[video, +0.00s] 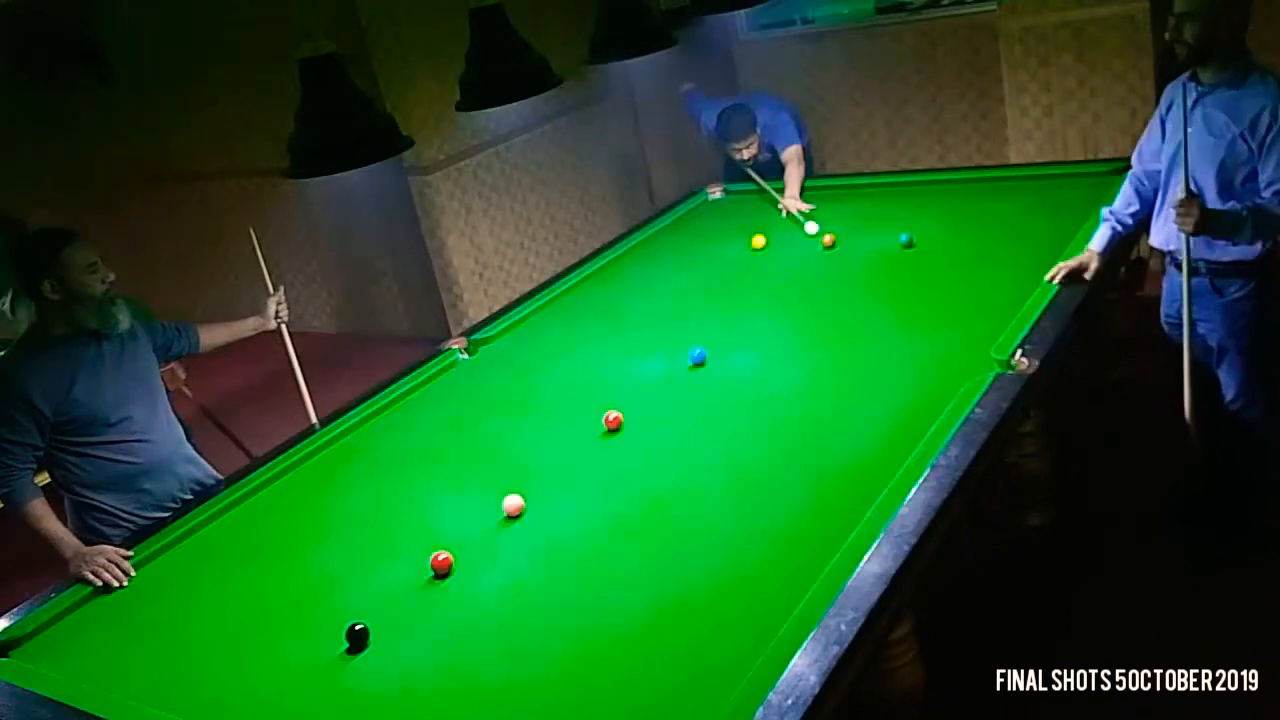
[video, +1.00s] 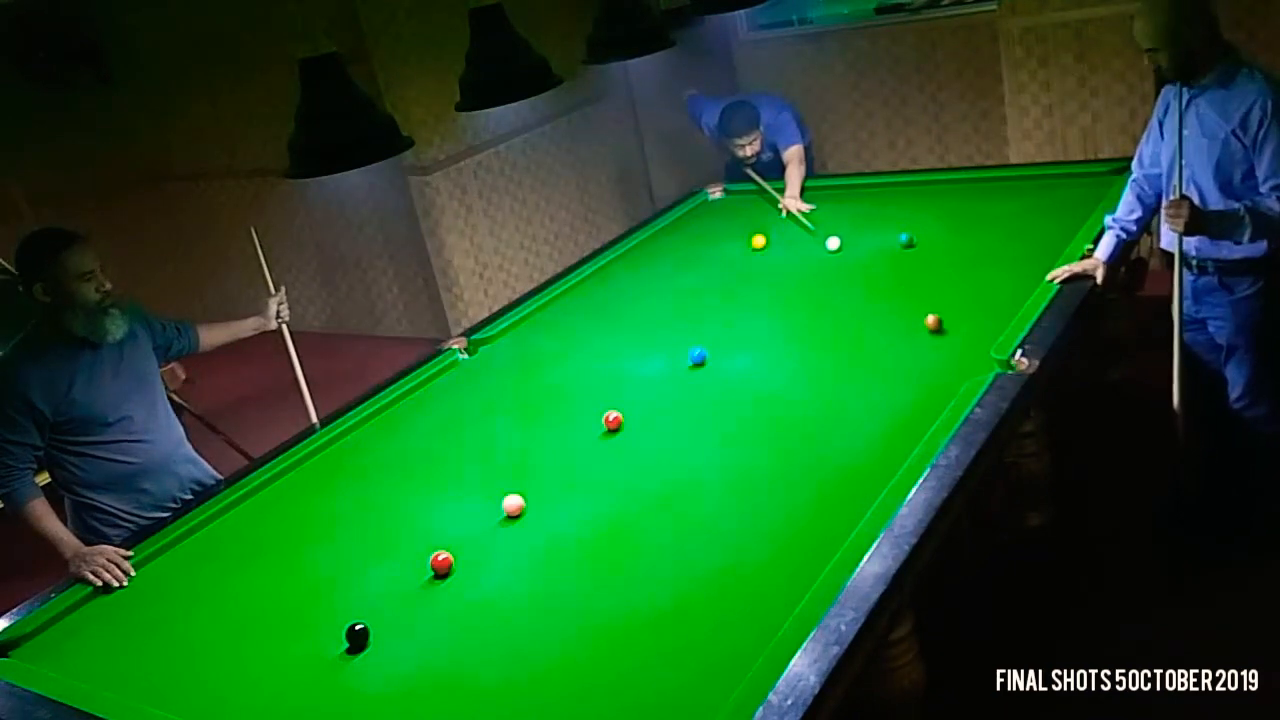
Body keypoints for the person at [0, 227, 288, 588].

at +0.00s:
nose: (110, 276)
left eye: (103, 265)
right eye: (91, 270)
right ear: (52, 290)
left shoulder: (130, 328)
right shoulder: (25, 371)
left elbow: (188, 338)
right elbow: (13, 476)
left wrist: (261, 321)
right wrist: (74, 552)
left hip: (206, 504)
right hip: (130, 544)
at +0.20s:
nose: (110, 277)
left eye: (102, 265)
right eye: (91, 270)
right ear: (51, 290)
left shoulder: (131, 327)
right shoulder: (25, 373)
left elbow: (188, 338)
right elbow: (13, 477)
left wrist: (260, 321)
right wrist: (75, 552)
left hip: (206, 504)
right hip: (130, 545)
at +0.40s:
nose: (109, 278)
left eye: (102, 267)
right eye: (90, 271)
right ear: (49, 291)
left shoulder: (129, 324)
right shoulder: (25, 373)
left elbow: (187, 338)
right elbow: (13, 477)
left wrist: (261, 321)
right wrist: (75, 552)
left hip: (205, 502)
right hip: (129, 543)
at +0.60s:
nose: (108, 280)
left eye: (101, 268)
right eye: (89, 273)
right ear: (47, 291)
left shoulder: (129, 324)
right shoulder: (25, 373)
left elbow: (187, 337)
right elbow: (13, 477)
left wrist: (260, 321)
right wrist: (75, 552)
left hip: (205, 502)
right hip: (129, 542)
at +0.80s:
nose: (106, 283)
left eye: (101, 271)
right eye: (87, 276)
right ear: (45, 292)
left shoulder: (132, 326)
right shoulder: (25, 374)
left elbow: (188, 337)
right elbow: (14, 478)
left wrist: (260, 321)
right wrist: (75, 552)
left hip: (205, 504)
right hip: (129, 544)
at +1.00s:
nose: (104, 285)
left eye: (100, 272)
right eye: (86, 278)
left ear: (104, 269)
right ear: (44, 293)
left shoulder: (132, 325)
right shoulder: (24, 372)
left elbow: (189, 337)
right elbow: (14, 477)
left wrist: (262, 321)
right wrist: (75, 552)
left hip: (205, 504)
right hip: (128, 544)